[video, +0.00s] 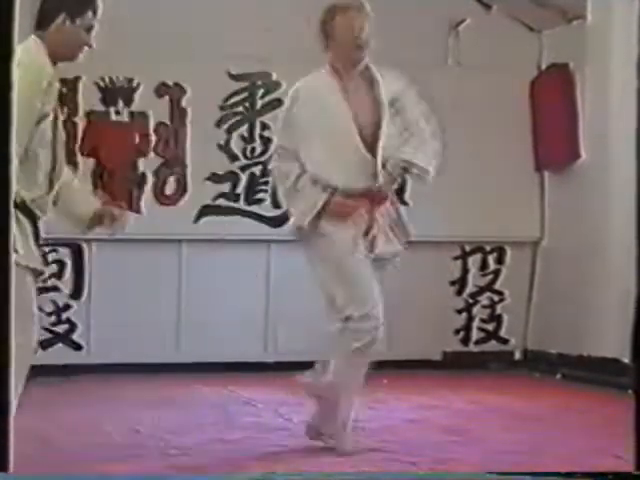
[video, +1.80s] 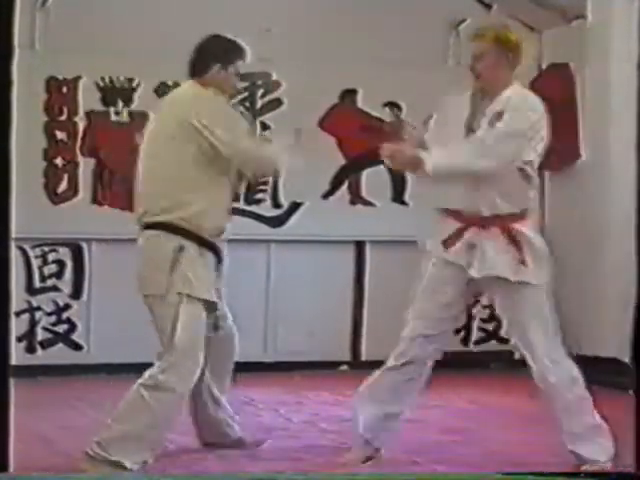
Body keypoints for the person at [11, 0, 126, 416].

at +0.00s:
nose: (90, 42)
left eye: (92, 31)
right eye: (86, 29)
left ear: (61, 23)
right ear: (60, 22)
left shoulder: (43, 75)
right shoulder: (29, 71)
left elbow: (51, 169)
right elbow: (13, 157)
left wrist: (91, 210)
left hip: (25, 226)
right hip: (14, 228)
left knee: (25, 335)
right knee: (21, 335)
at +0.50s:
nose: (133, 36)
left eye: (134, 26)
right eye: (129, 24)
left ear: (99, 22)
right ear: (104, 22)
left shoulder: (66, 69)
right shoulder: (71, 74)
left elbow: (49, 153)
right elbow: (45, 152)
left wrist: (77, 223)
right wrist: (61, 225)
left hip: (58, 227)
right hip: (58, 230)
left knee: (61, 344)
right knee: (67, 346)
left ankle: (57, 449)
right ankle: (60, 454)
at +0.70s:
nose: (143, 47)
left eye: (146, 38)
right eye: (142, 35)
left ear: (113, 28)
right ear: (119, 29)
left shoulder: (98, 84)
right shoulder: (76, 81)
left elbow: (111, 171)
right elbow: (107, 161)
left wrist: (156, 183)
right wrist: (167, 148)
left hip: (103, 226)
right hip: (77, 226)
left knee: (144, 325)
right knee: (102, 334)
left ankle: (129, 434)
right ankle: (63, 450)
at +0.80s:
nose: (148, 57)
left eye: (151, 47)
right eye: (147, 44)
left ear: (122, 37)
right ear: (124, 37)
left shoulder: (105, 90)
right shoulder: (84, 88)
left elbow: (135, 160)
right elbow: (131, 157)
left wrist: (169, 130)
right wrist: (188, 129)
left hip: (115, 232)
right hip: (86, 232)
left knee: (160, 336)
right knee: (114, 343)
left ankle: (184, 435)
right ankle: (64, 452)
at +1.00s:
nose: (168, 57)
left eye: (170, 47)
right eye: (166, 46)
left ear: (136, 42)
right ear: (143, 42)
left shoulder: (128, 93)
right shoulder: (106, 97)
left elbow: (172, 140)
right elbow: (162, 165)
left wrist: (212, 119)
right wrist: (212, 151)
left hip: (154, 236)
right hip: (123, 236)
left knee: (200, 339)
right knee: (142, 352)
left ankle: (217, 442)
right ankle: (68, 459)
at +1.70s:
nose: (224, 81)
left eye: (225, 72)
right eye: (221, 70)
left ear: (195, 64)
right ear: (201, 63)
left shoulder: (173, 105)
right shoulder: (175, 107)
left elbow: (202, 176)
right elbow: (218, 178)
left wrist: (249, 181)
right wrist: (251, 198)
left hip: (176, 249)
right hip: (159, 251)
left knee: (219, 332)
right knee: (175, 363)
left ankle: (231, 428)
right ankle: (108, 455)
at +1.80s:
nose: (240, 84)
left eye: (240, 75)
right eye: (236, 74)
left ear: (203, 70)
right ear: (216, 70)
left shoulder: (174, 103)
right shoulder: (202, 101)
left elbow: (198, 175)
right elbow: (249, 156)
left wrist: (243, 176)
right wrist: (278, 157)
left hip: (183, 248)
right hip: (178, 250)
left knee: (220, 339)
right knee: (182, 361)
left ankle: (217, 429)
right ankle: (112, 454)